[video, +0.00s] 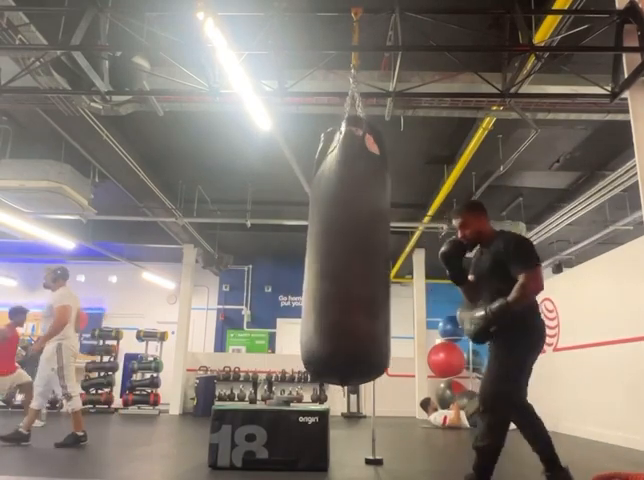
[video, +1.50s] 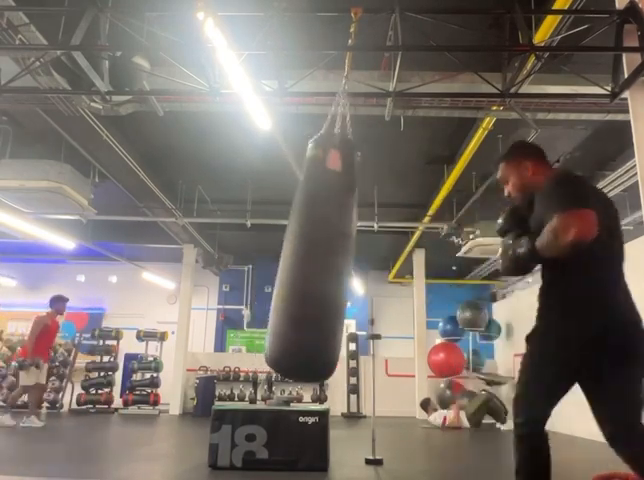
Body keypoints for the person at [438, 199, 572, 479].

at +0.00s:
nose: (460, 235)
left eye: (463, 227)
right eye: (457, 229)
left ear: (481, 219)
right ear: (468, 226)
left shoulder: (513, 243)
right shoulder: (480, 257)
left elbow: (533, 282)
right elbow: (475, 297)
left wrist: (492, 313)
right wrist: (456, 267)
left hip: (521, 331)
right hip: (506, 333)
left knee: (493, 401)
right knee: (514, 401)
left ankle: (480, 473)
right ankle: (555, 469)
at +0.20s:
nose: (448, 246)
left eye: (451, 237)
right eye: (446, 240)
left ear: (469, 231)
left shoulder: (499, 248)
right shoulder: (466, 264)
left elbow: (531, 270)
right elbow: (464, 306)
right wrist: (451, 283)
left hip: (510, 343)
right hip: (497, 345)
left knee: (459, 403)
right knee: (515, 414)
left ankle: (470, 475)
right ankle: (555, 473)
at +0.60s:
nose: (435, 230)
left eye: (438, 222)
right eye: (434, 224)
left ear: (458, 219)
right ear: (455, 221)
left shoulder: (495, 249)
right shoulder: (455, 254)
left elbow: (531, 283)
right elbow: (445, 283)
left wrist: (491, 287)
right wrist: (419, 277)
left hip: (489, 345)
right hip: (474, 344)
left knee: (452, 411)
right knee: (497, 408)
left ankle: (472, 474)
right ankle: (542, 470)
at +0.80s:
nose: (440, 244)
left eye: (442, 236)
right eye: (439, 238)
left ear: (462, 231)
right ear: (469, 232)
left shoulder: (466, 256)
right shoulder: (509, 261)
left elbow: (461, 285)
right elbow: (536, 301)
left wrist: (424, 290)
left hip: (474, 360)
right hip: (506, 360)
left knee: (432, 427)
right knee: (503, 424)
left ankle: (457, 476)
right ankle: (542, 475)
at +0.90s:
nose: (436, 237)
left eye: (437, 229)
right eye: (433, 231)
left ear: (456, 221)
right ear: (460, 222)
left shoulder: (467, 253)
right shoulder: (502, 242)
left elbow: (473, 303)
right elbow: (534, 270)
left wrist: (438, 298)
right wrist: (500, 284)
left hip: (481, 355)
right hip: (511, 349)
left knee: (444, 423)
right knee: (507, 411)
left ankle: (462, 475)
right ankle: (537, 470)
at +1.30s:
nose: (461, 220)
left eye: (462, 211)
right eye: (459, 213)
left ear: (480, 200)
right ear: (494, 199)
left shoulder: (494, 224)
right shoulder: (542, 224)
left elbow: (504, 265)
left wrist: (465, 298)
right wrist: (473, 247)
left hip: (522, 342)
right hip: (560, 339)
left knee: (479, 429)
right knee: (545, 412)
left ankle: (493, 474)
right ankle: (581, 473)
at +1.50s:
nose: (506, 192)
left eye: (506, 181)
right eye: (503, 185)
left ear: (529, 168)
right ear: (532, 169)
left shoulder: (556, 187)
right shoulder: (593, 194)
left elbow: (576, 226)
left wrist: (528, 251)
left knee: (527, 419)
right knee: (626, 433)